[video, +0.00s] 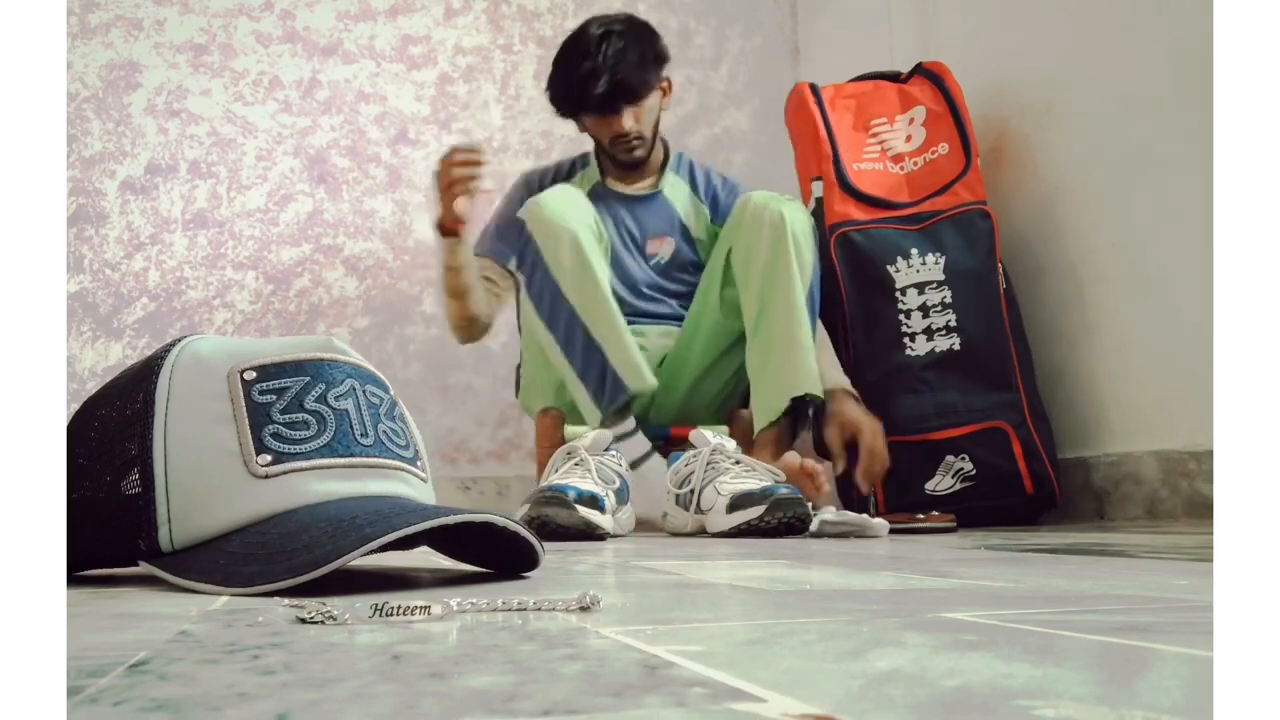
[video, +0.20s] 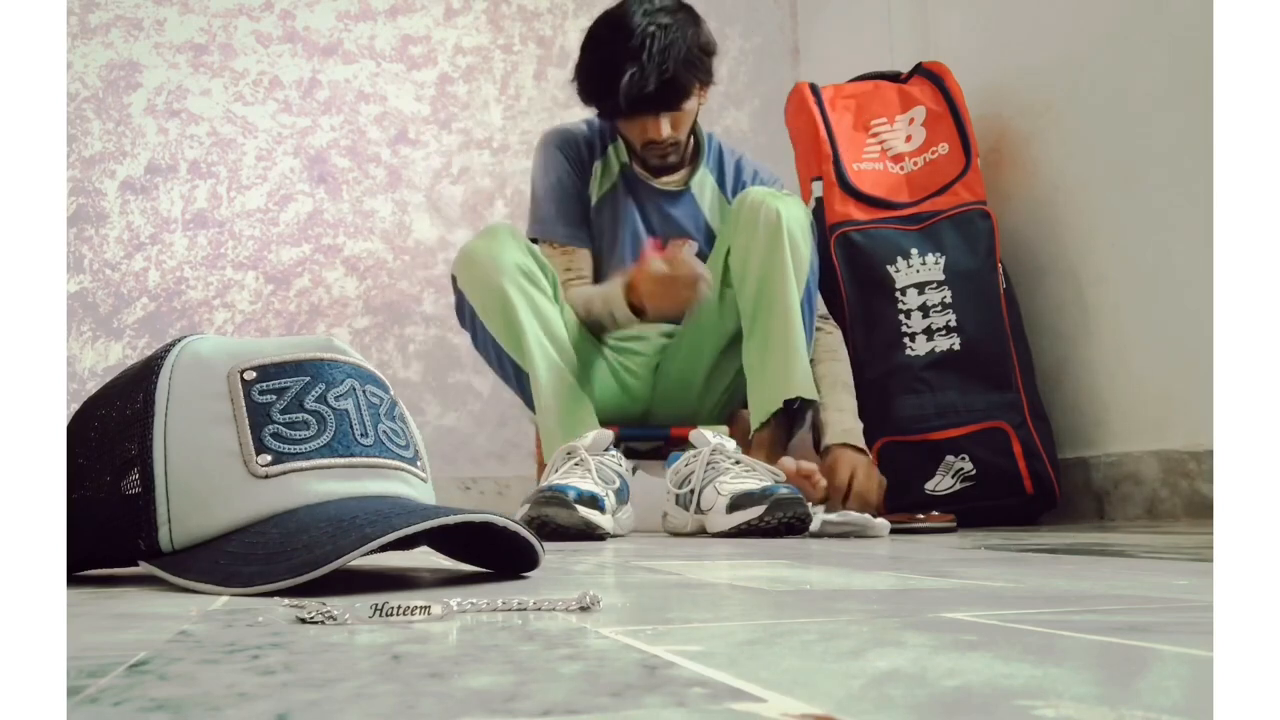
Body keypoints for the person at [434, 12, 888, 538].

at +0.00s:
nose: (624, 127)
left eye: (635, 103)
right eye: (602, 112)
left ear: (664, 92)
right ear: (577, 113)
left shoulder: (710, 192)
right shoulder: (543, 192)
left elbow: (784, 298)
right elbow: (470, 327)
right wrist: (455, 238)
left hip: (701, 383)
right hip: (595, 387)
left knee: (775, 214)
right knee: (552, 210)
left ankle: (766, 460)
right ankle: (583, 460)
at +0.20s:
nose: (657, 132)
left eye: (671, 109)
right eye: (636, 113)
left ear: (700, 91)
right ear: (608, 105)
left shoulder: (749, 184)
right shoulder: (569, 154)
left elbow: (817, 326)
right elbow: (565, 302)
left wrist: (844, 440)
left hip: (702, 382)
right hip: (598, 375)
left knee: (772, 208)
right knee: (487, 252)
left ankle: (742, 464)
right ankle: (583, 459)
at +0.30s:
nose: (667, 121)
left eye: (682, 96)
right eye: (644, 100)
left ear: (704, 80)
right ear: (606, 94)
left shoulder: (744, 179)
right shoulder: (561, 151)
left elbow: (812, 306)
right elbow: (602, 299)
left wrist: (844, 402)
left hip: (705, 383)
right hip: (605, 376)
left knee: (759, 200)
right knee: (502, 247)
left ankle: (742, 464)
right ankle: (586, 457)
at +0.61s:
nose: (675, 126)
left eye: (690, 101)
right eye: (652, 107)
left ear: (711, 86)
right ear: (616, 98)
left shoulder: (745, 183)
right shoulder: (566, 175)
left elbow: (807, 305)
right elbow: (614, 326)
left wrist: (843, 385)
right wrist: (729, 386)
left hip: (704, 383)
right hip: (606, 381)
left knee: (761, 204)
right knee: (502, 248)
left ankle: (734, 460)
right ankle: (585, 457)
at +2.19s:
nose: (626, 90)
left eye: (637, 67)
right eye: (601, 82)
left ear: (663, 75)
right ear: (578, 112)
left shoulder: (710, 188)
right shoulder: (553, 191)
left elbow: (755, 330)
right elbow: (611, 330)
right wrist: (701, 412)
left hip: (697, 379)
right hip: (597, 379)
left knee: (741, 187)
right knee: (496, 253)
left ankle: (720, 460)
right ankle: (591, 460)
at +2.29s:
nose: (613, 91)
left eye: (622, 71)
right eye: (589, 85)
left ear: (647, 81)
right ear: (567, 118)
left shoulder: (703, 190)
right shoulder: (547, 195)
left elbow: (765, 319)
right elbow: (606, 321)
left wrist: (814, 414)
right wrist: (695, 404)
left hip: (694, 379)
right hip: (594, 382)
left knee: (728, 183)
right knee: (491, 254)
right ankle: (586, 461)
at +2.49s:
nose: (597, 105)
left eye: (605, 84)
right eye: (573, 98)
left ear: (630, 95)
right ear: (552, 133)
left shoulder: (690, 192)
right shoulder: (534, 205)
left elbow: (755, 316)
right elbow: (593, 319)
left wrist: (757, 401)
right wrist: (681, 391)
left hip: (688, 375)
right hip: (592, 382)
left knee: (713, 178)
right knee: (482, 254)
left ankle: (755, 390)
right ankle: (585, 458)